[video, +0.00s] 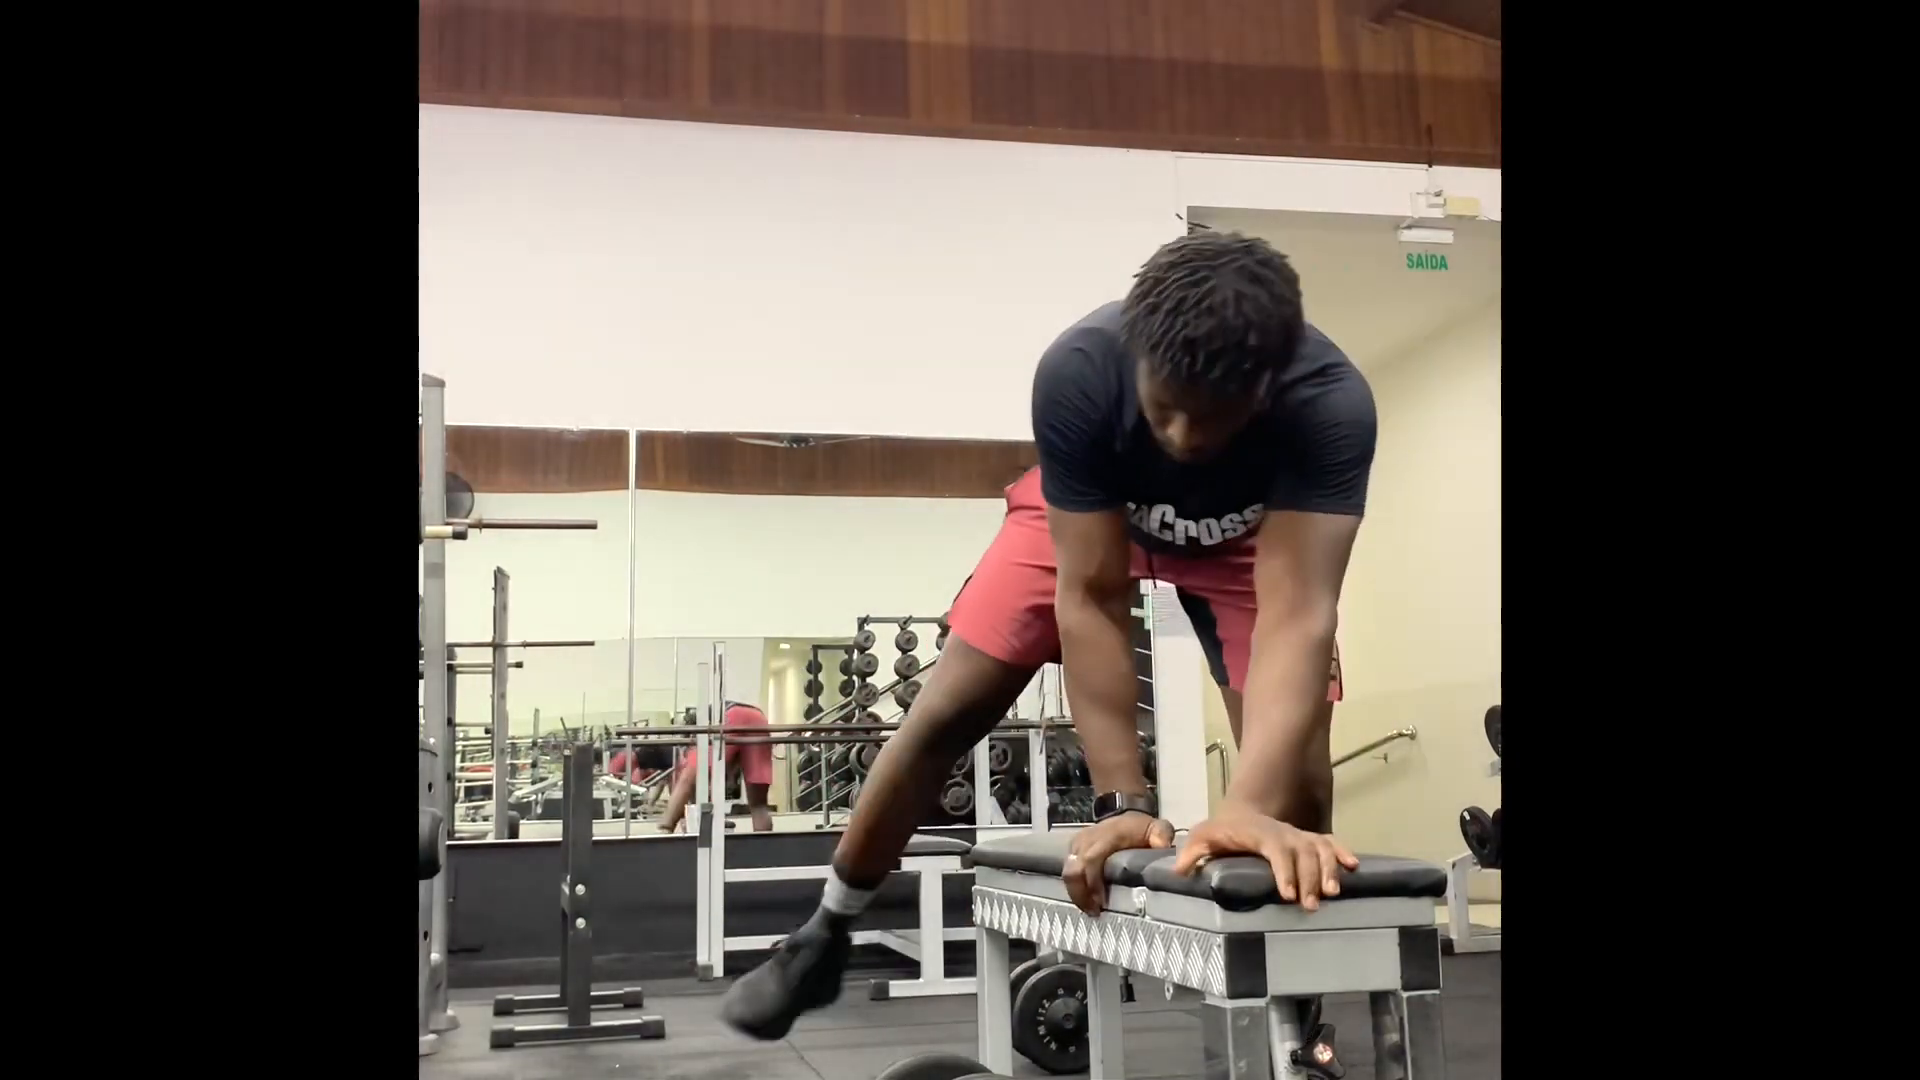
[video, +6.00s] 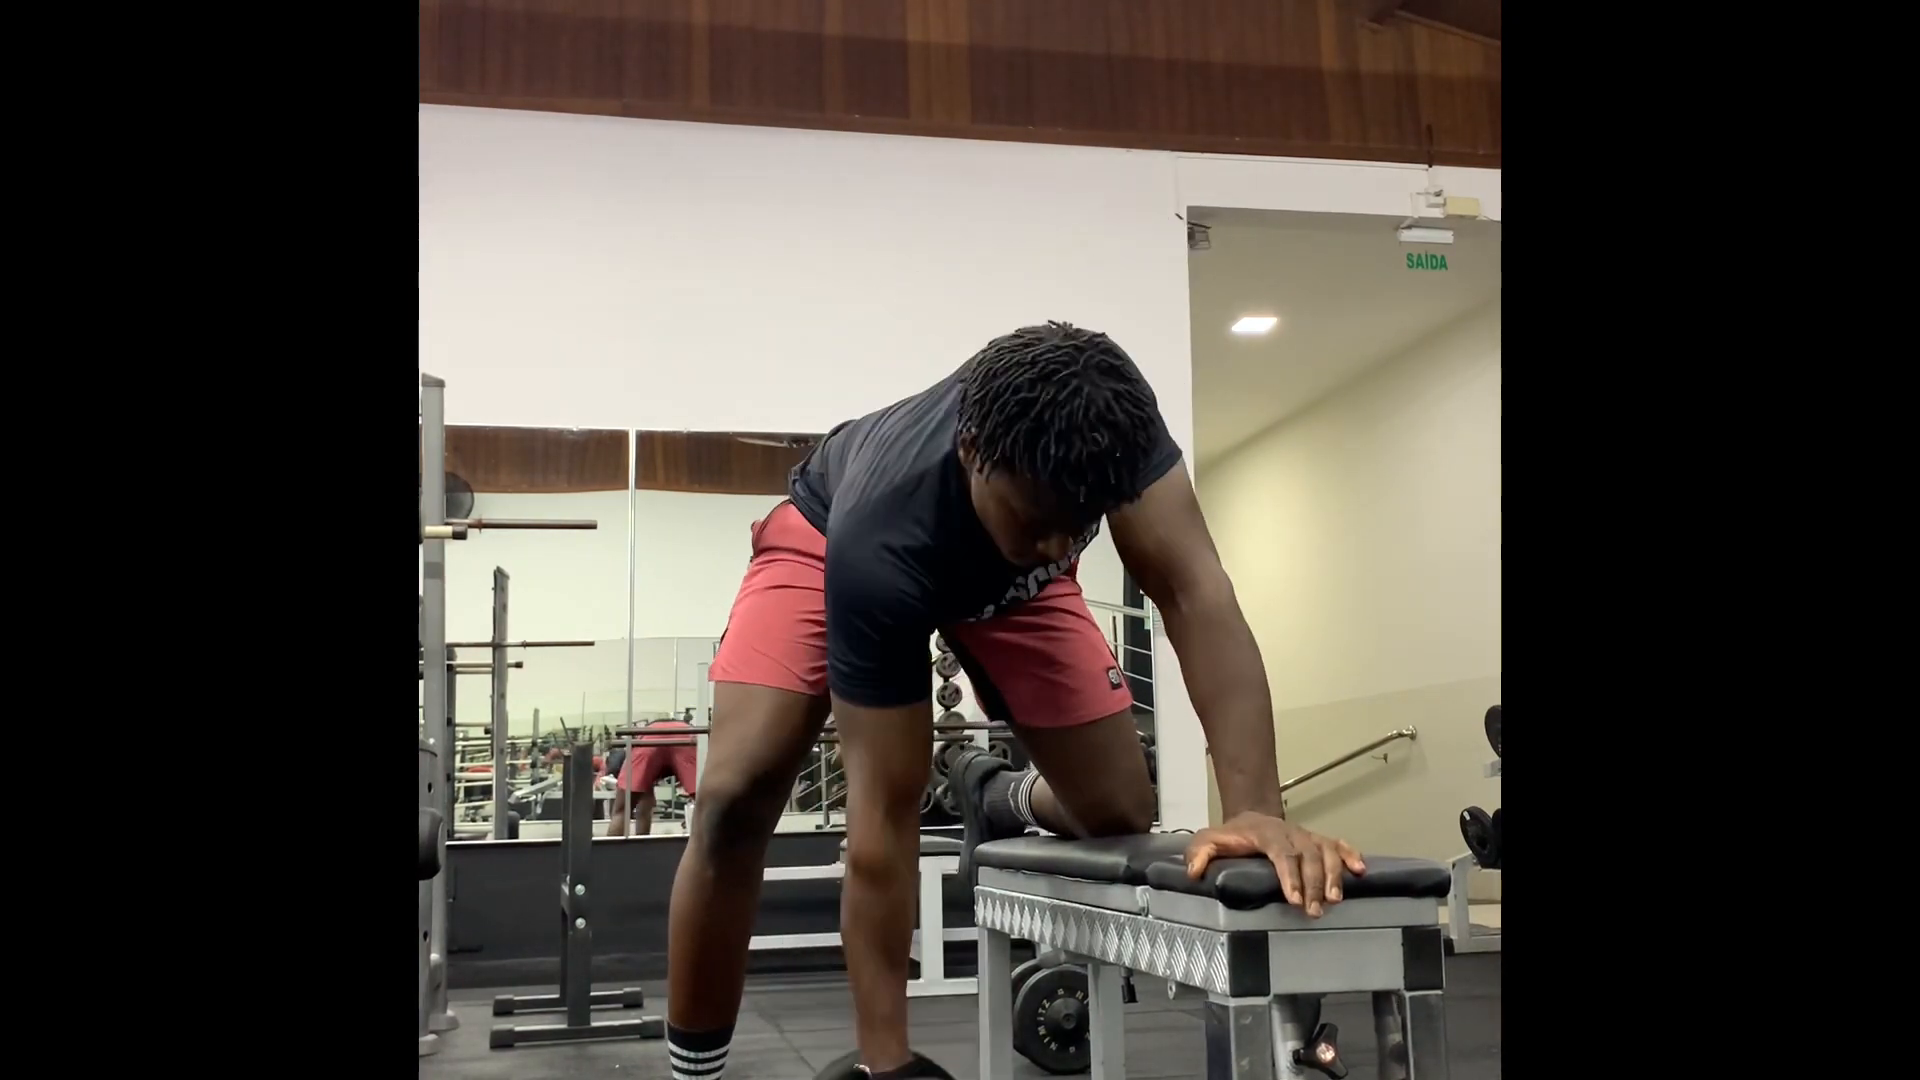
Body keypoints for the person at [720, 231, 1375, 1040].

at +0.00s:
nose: (1183, 438)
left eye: (1211, 421)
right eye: (1165, 413)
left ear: (1267, 381)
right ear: (1140, 359)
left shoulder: (1329, 404)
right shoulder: (1080, 378)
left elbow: (1297, 617)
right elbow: (1090, 596)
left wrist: (1250, 802)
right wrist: (1122, 803)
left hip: (1244, 539)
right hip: (1091, 513)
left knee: (1301, 781)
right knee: (943, 713)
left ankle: (1299, 1019)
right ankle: (822, 938)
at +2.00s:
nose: (1031, 395)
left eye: (1064, 376)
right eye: (1013, 361)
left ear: (1116, 343)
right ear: (983, 292)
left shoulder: (1145, 375)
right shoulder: (882, 367)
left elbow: (1200, 586)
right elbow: (810, 572)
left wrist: (1252, 806)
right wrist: (852, 787)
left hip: (1026, 562)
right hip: (857, 546)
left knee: (1115, 813)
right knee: (756, 789)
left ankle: (1006, 800)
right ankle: (699, 1072)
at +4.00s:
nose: (1094, 370)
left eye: (1125, 347)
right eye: (1071, 336)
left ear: (1160, 318)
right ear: (1021, 277)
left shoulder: (1165, 381)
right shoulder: (913, 316)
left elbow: (1205, 579)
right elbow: (789, 470)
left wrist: (1251, 806)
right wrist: (840, 658)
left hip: (1020, 574)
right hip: (847, 545)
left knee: (1120, 816)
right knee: (745, 800)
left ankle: (992, 798)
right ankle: (695, 1073)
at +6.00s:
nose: (1053, 551)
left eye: (1074, 527)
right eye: (1028, 524)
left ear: (1111, 475)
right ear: (975, 456)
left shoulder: (1113, 426)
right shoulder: (880, 545)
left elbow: (1199, 597)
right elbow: (883, 822)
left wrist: (1254, 806)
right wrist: (884, 1061)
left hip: (1010, 555)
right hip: (838, 534)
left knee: (1121, 815)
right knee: (731, 798)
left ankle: (1001, 798)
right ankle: (692, 1069)